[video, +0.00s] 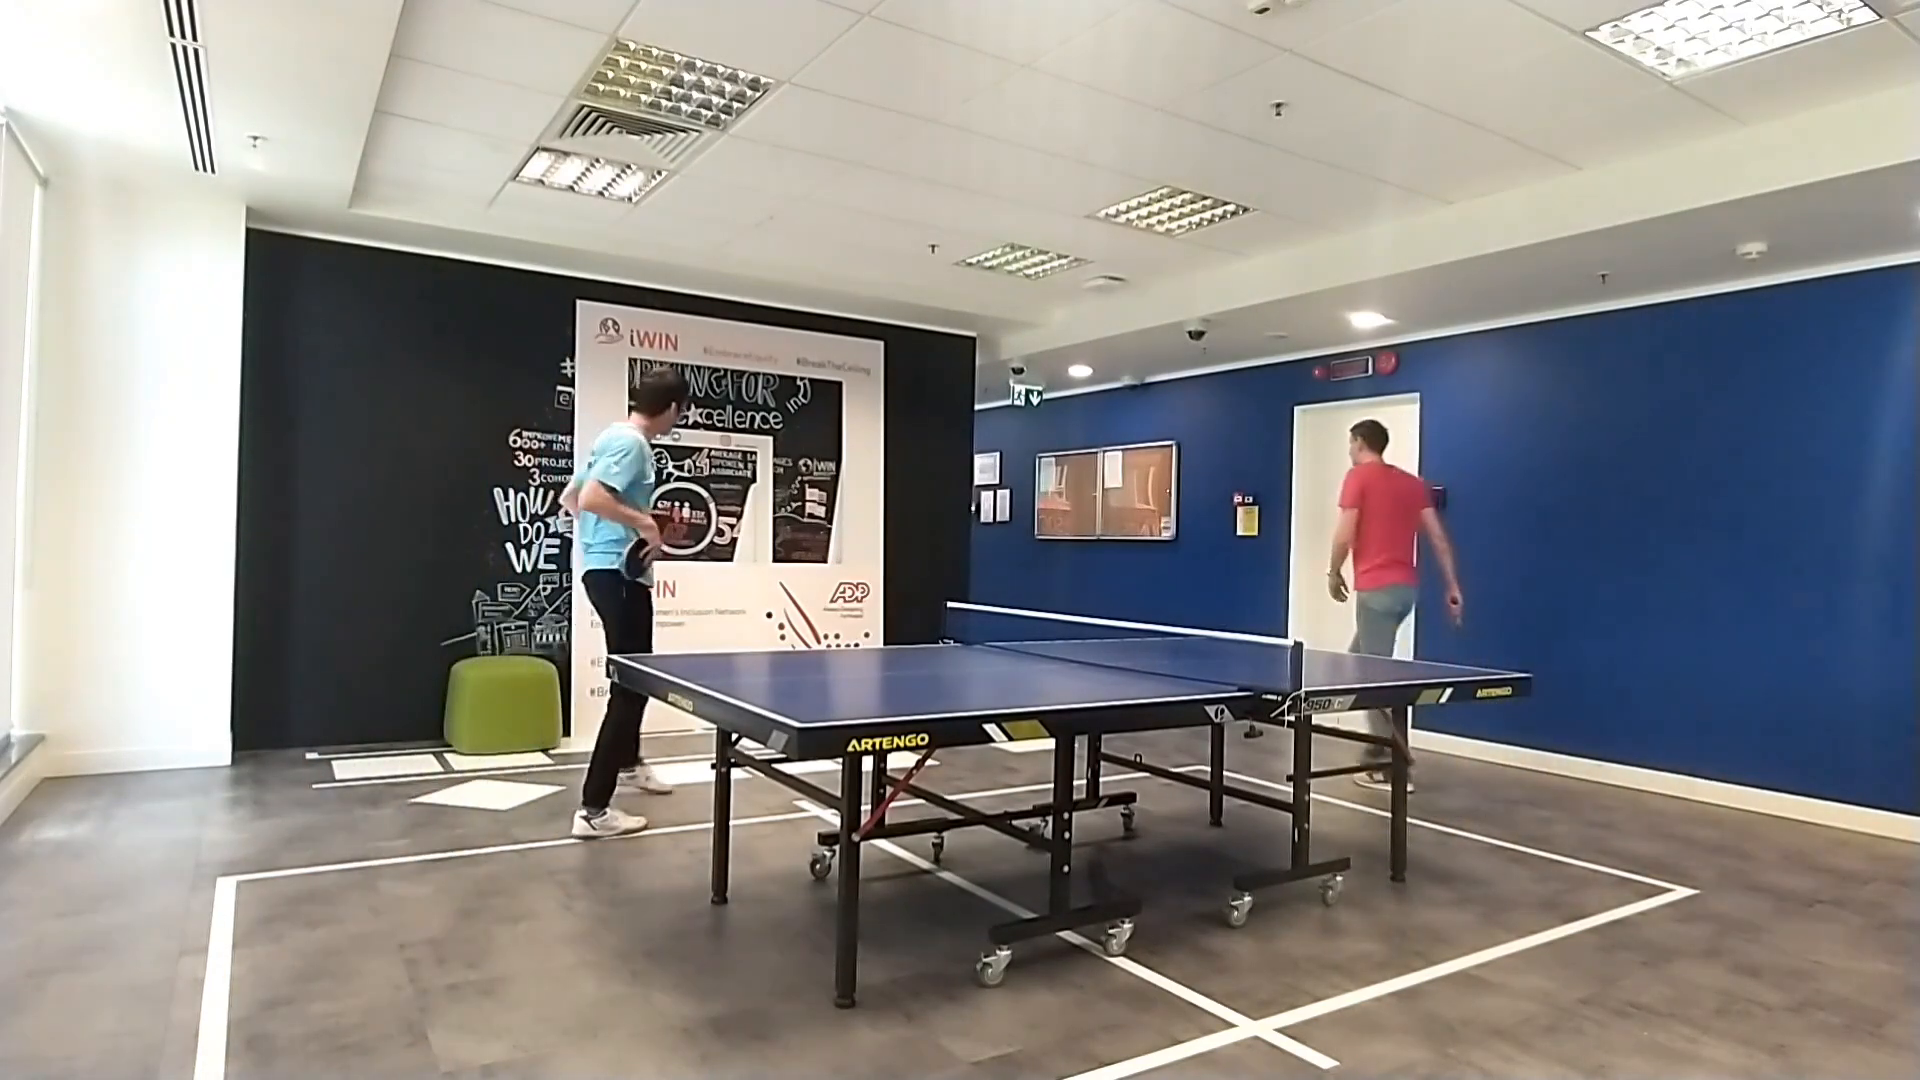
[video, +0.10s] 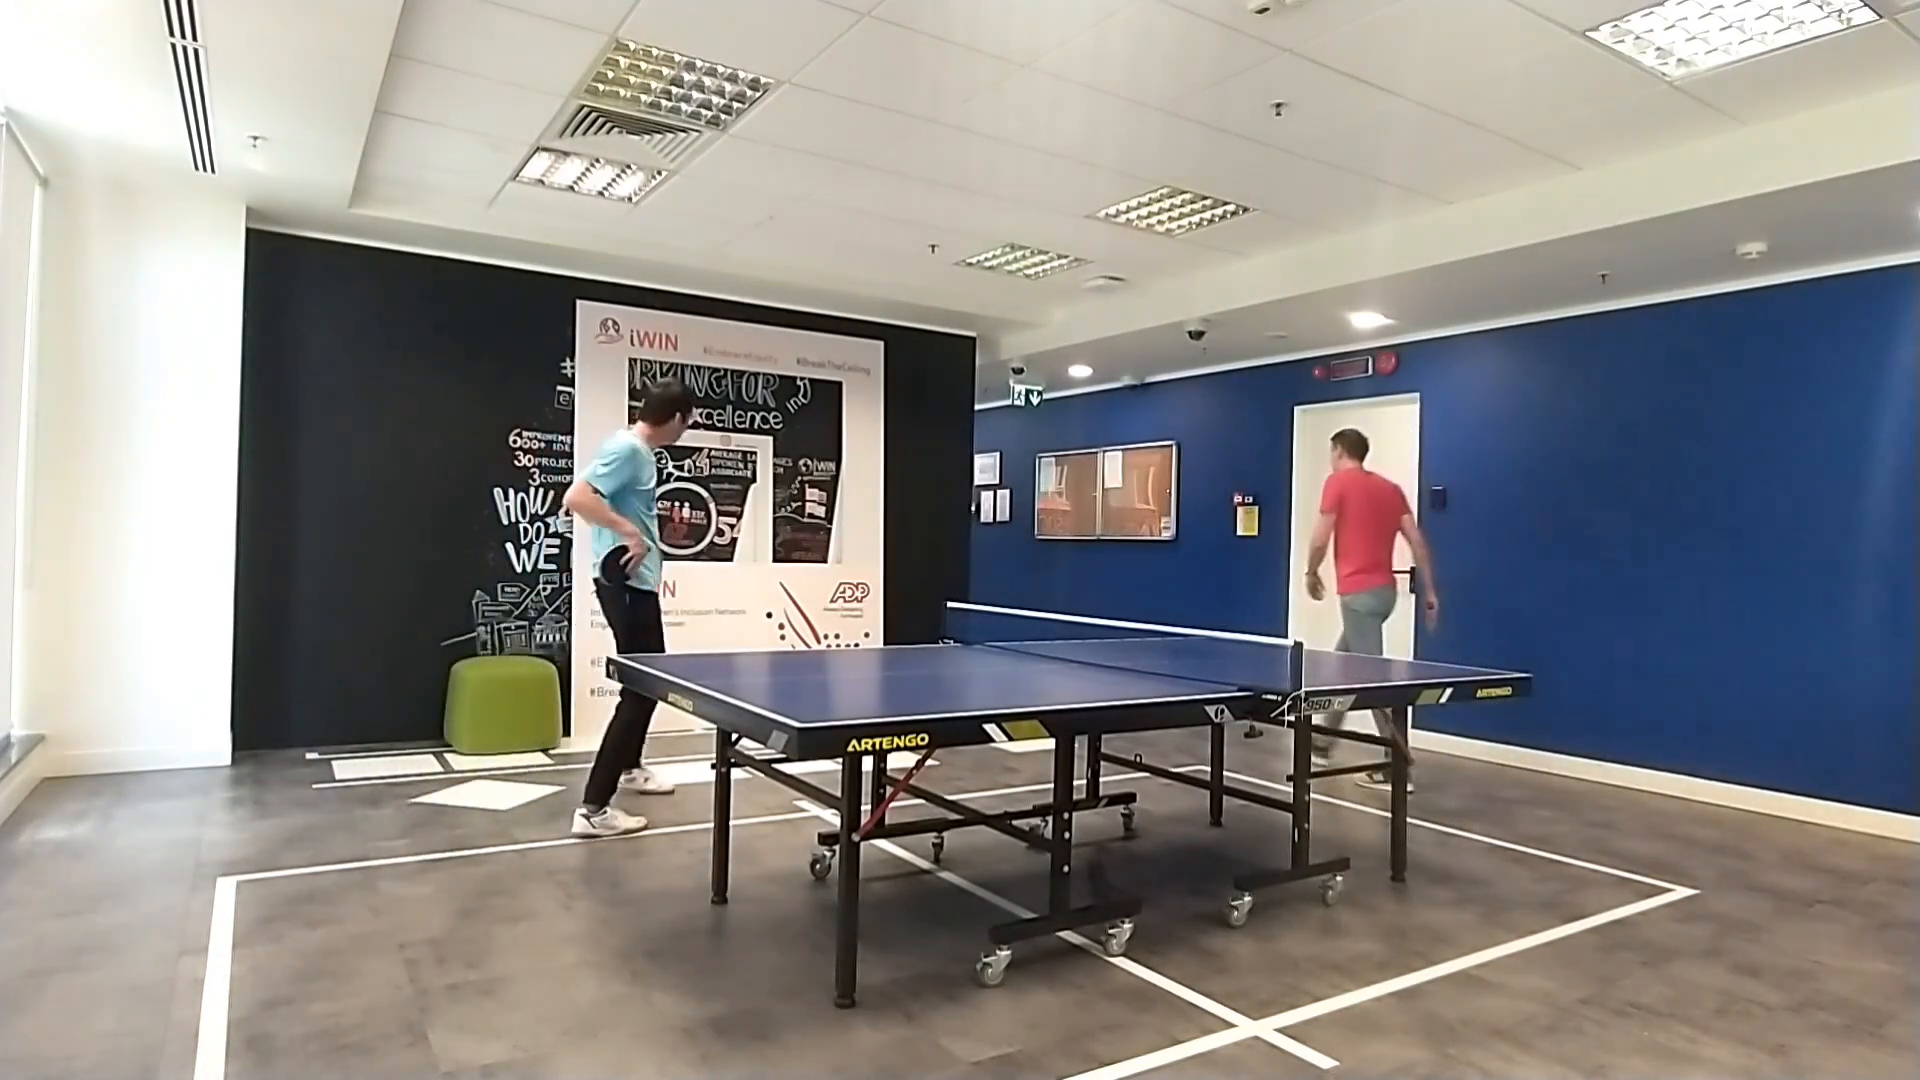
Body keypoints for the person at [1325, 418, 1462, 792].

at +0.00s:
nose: (1350, 452)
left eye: (1352, 446)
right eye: (1351, 446)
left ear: (1362, 445)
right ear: (1381, 446)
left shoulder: (1358, 477)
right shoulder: (1413, 483)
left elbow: (1345, 535)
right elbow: (1439, 537)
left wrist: (1333, 572)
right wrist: (1452, 585)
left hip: (1375, 590)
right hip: (1406, 590)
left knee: (1376, 678)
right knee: (1354, 662)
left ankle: (1392, 764)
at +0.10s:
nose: (1331, 461)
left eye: (1332, 455)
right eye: (1332, 455)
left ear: (1341, 453)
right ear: (1362, 455)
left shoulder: (1337, 483)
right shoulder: (1391, 489)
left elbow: (1320, 541)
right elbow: (1417, 541)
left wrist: (1311, 572)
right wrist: (1429, 591)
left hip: (1356, 595)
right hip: (1386, 594)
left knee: (1374, 681)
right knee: (1341, 665)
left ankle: (1398, 764)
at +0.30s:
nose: (1295, 468)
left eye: (1296, 462)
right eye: (1296, 462)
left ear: (1304, 461)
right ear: (1325, 462)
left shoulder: (1299, 487)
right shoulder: (1348, 495)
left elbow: (1281, 543)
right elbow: (1367, 551)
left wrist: (1264, 584)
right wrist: (1376, 600)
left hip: (1314, 597)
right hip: (1340, 596)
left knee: (1332, 680)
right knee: (1299, 664)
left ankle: (1382, 745)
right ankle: (1287, 735)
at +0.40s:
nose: (1278, 464)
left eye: (1278, 459)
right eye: (1279, 459)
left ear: (1285, 456)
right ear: (1307, 458)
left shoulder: (1283, 482)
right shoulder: (1331, 491)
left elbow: (1268, 535)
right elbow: (1344, 546)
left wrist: (1248, 579)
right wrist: (1350, 598)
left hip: (1293, 591)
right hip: (1321, 590)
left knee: (1286, 664)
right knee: (1289, 662)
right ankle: (1284, 731)